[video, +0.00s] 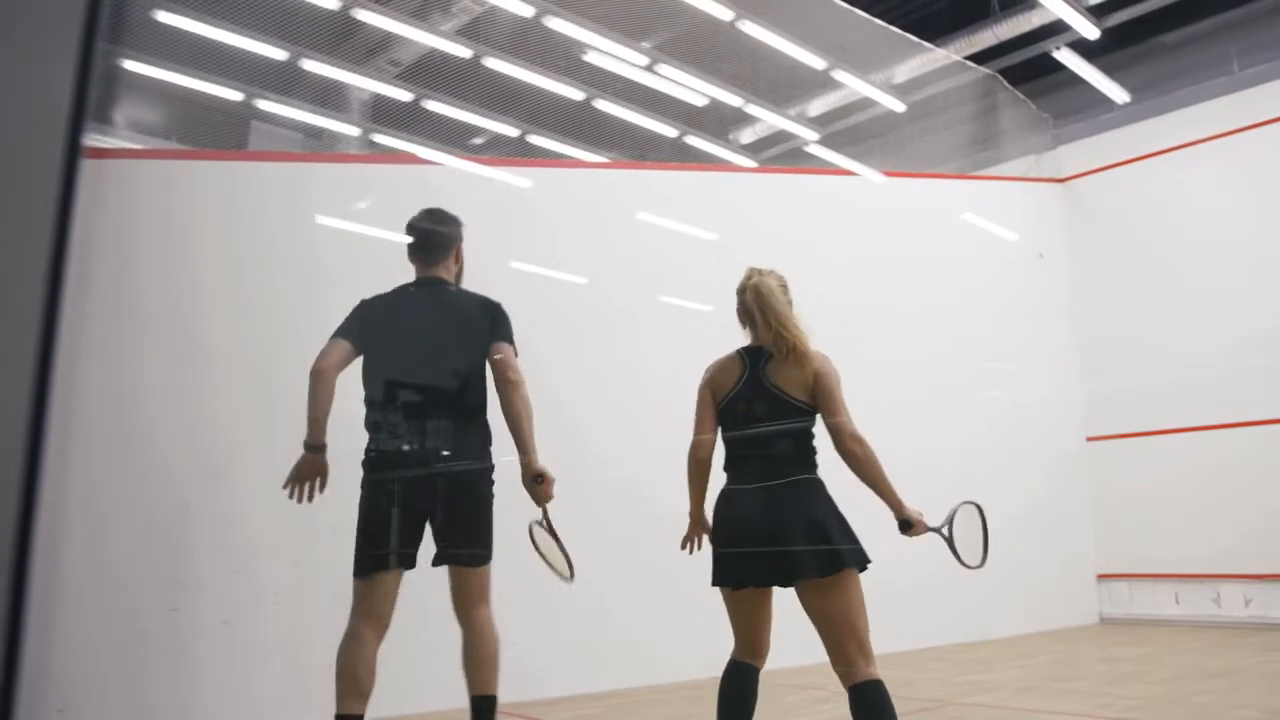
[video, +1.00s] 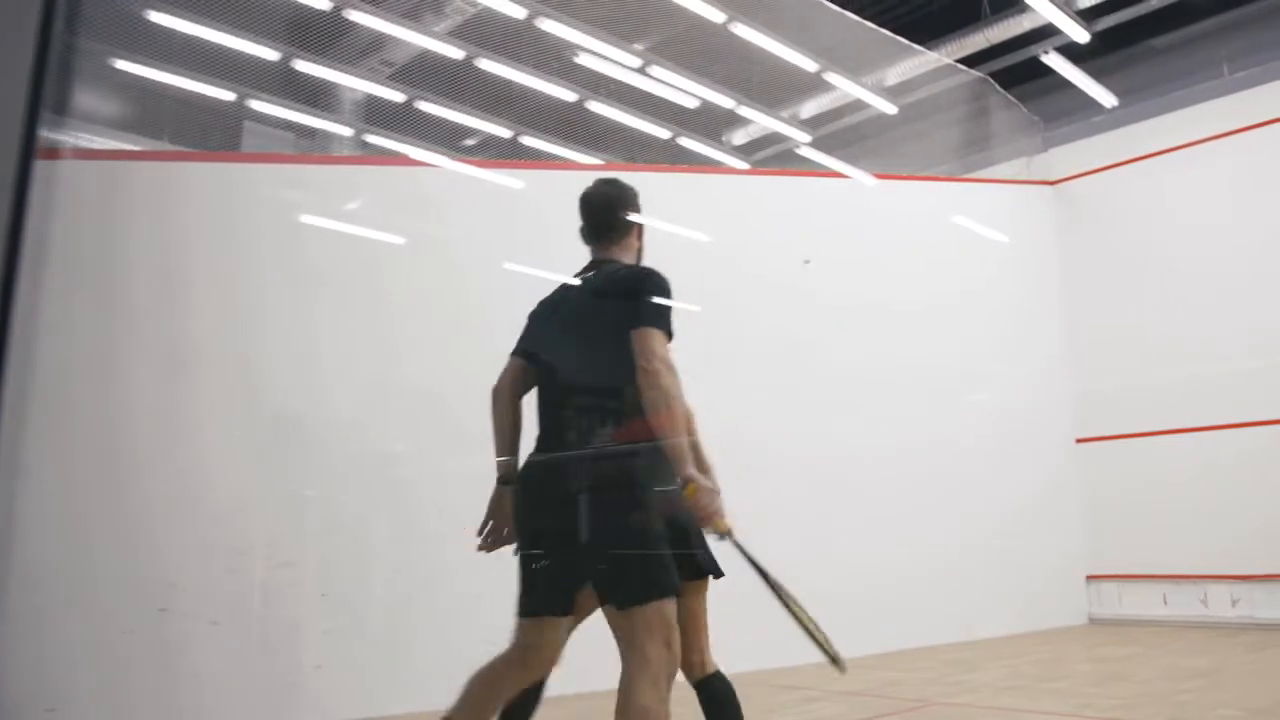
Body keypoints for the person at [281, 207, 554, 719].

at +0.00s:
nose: (463, 260)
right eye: (462, 252)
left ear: (410, 256)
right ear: (457, 255)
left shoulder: (375, 309)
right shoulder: (484, 310)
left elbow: (324, 368)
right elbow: (507, 372)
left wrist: (314, 447)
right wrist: (530, 461)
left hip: (390, 477)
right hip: (465, 479)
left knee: (368, 620)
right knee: (475, 610)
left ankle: (347, 719)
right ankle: (484, 716)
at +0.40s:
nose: (511, 259)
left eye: (508, 251)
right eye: (510, 251)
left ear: (454, 259)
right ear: (502, 257)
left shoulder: (410, 322)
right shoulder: (511, 318)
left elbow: (358, 395)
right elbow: (516, 387)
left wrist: (374, 472)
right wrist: (535, 481)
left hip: (412, 501)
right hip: (484, 498)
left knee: (383, 649)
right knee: (551, 639)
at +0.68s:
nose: (565, 261)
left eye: (562, 252)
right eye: (563, 252)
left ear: (508, 260)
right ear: (558, 255)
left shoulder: (468, 328)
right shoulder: (563, 317)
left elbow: (419, 414)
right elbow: (565, 394)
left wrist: (438, 486)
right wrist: (583, 487)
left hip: (462, 513)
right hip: (534, 513)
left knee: (424, 658)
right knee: (587, 664)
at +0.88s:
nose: (613, 245)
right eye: (612, 237)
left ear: (557, 244)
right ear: (610, 240)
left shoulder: (524, 316)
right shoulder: (616, 298)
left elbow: (480, 405)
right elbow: (622, 380)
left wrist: (482, 493)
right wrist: (648, 482)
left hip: (520, 496)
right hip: (596, 494)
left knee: (477, 653)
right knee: (641, 653)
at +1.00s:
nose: (643, 236)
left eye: (634, 228)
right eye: (642, 228)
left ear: (586, 233)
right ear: (636, 230)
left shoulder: (553, 306)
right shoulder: (645, 285)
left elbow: (506, 391)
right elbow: (652, 368)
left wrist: (505, 479)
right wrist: (690, 473)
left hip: (547, 488)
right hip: (622, 486)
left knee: (530, 655)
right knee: (652, 655)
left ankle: (456, 716)